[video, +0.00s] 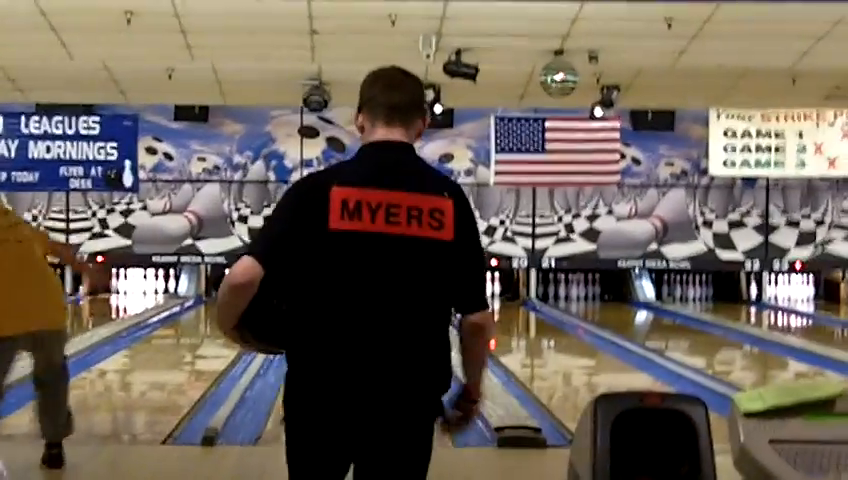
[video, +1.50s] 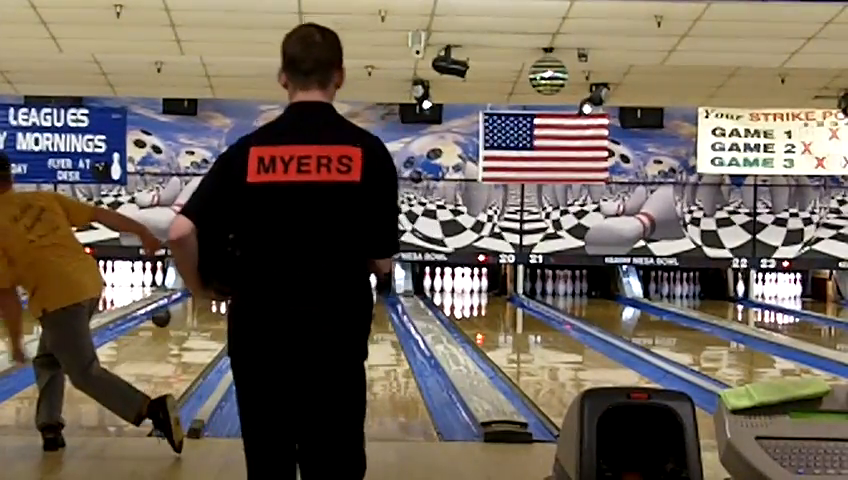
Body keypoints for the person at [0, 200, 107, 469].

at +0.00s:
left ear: (3, 209)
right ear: (7, 207)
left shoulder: (19, 227)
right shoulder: (23, 228)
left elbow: (59, 248)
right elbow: (60, 249)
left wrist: (83, 268)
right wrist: (85, 269)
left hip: (7, 315)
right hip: (46, 312)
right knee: (51, 379)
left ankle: (54, 443)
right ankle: (54, 444)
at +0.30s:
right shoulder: (10, 218)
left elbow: (4, 321)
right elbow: (54, 214)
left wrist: (7, 370)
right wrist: (98, 213)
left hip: (47, 317)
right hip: (80, 298)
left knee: (92, 384)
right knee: (57, 379)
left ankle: (149, 405)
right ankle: (51, 440)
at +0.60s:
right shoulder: (11, 226)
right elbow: (37, 206)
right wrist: (62, 199)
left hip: (69, 305)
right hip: (95, 287)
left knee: (124, 367)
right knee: (62, 357)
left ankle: (202, 365)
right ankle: (53, 433)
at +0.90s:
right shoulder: (24, 218)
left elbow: (2, 327)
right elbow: (84, 212)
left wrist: (7, 370)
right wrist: (131, 205)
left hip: (68, 302)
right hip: (94, 286)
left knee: (105, 374)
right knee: (54, 359)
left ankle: (180, 407)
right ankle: (51, 430)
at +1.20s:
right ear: (5, 195)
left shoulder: (2, 218)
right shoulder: (37, 207)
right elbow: (90, 214)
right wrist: (137, 221)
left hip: (63, 296)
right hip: (90, 286)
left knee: (93, 373)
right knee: (49, 361)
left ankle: (164, 409)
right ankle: (51, 430)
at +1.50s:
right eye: (7, 176)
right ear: (10, 178)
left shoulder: (2, 223)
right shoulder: (46, 199)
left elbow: (7, 293)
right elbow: (99, 213)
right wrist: (144, 232)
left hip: (57, 295)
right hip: (90, 286)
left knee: (84, 372)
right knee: (48, 359)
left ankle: (151, 410)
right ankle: (50, 429)